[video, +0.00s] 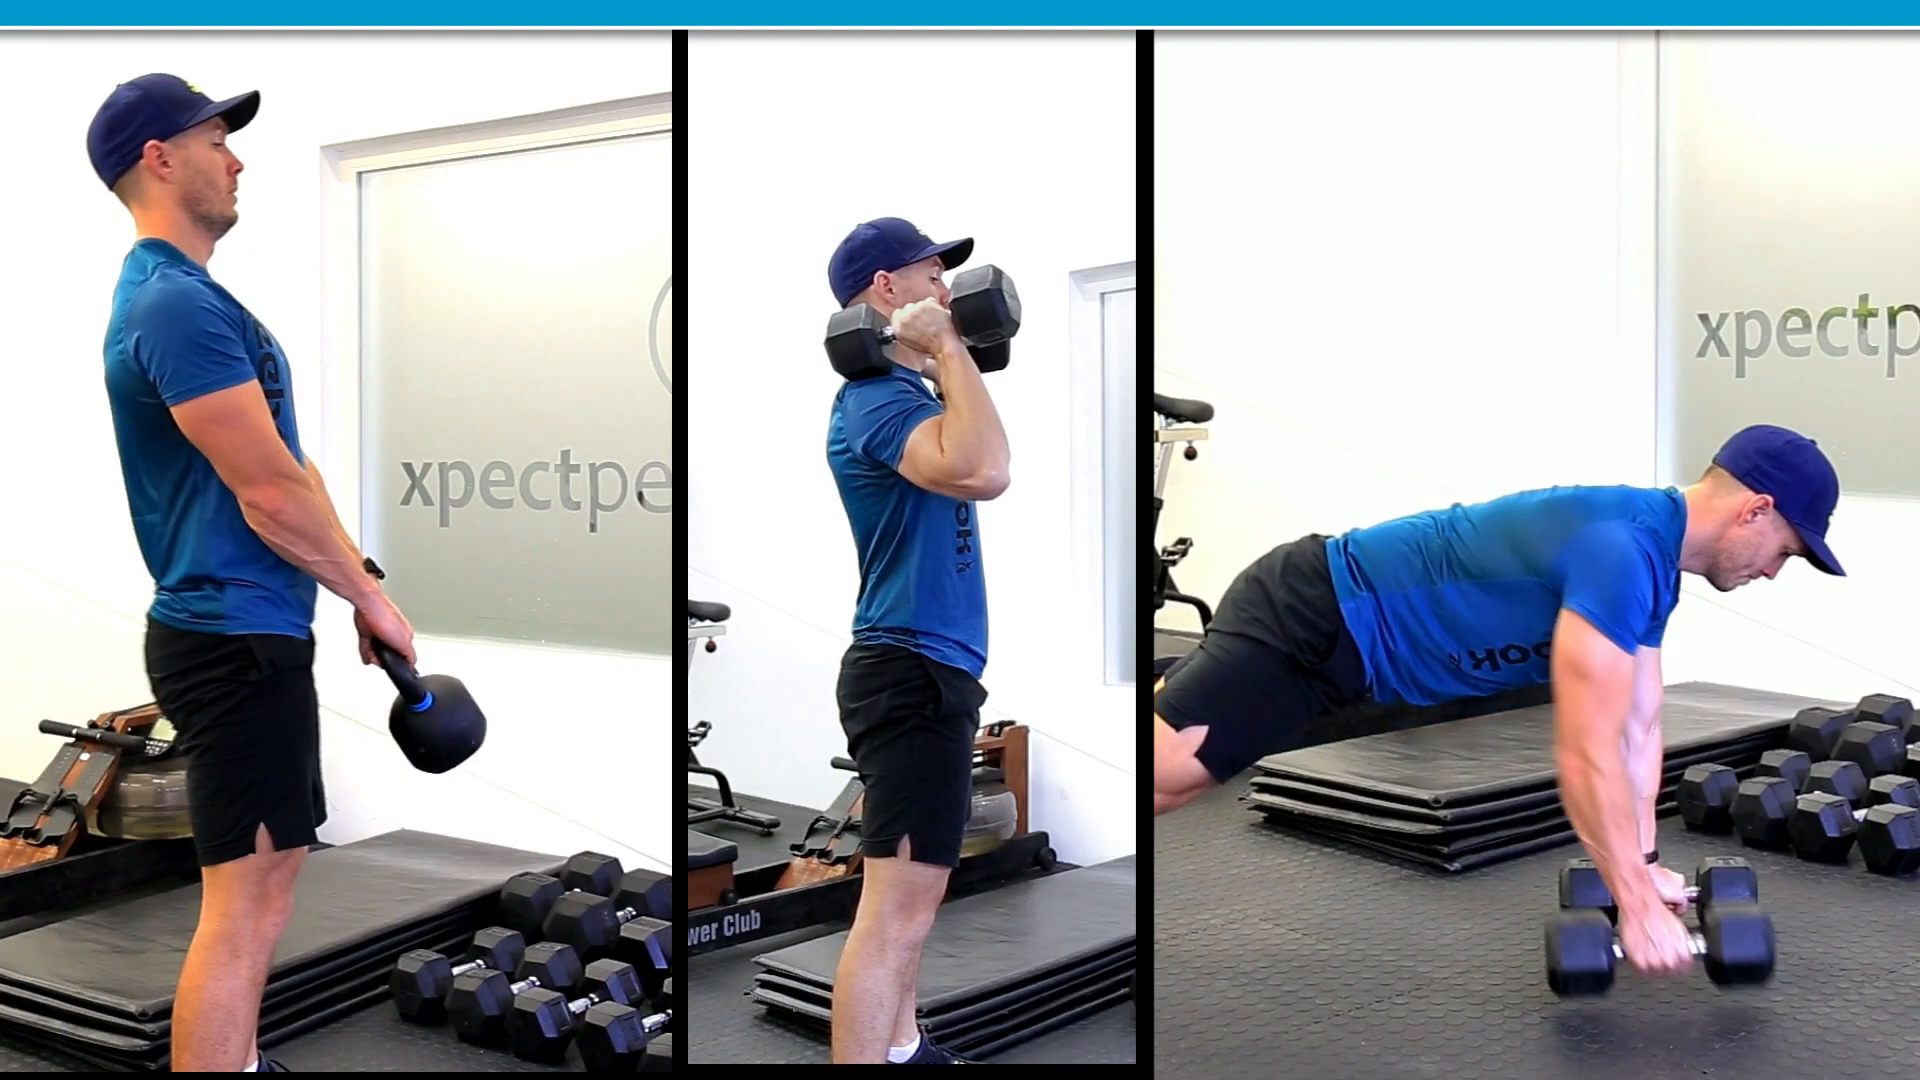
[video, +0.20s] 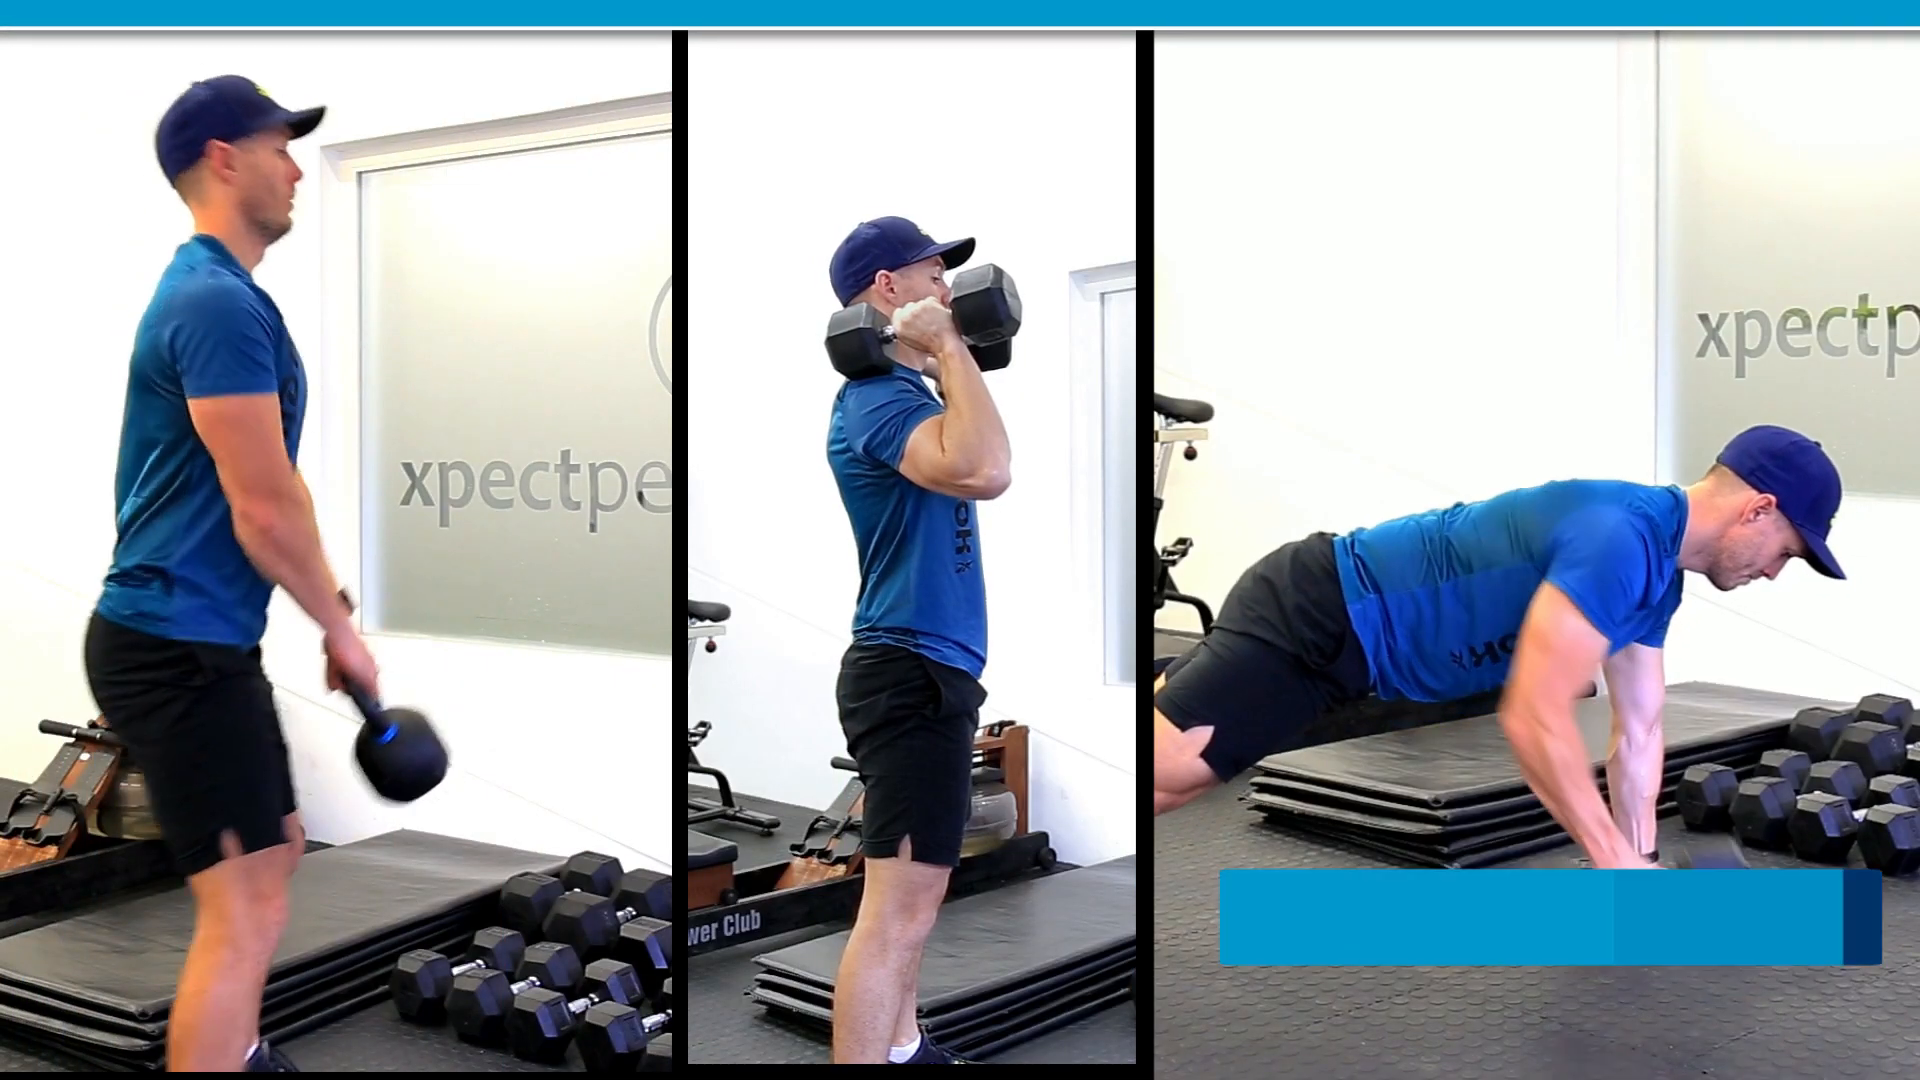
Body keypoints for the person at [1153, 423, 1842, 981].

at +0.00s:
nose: (1776, 573)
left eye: (1790, 561)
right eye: (1788, 552)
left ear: (1746, 510)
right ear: (1752, 510)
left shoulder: (1651, 560)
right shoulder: (1622, 546)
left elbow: (1638, 727)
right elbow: (1585, 750)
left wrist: (1641, 861)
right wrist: (1632, 900)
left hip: (1342, 641)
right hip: (1315, 615)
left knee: (1154, 764)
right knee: (1147, 777)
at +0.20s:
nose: (1778, 573)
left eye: (1792, 560)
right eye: (1790, 551)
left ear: (1747, 503)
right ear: (1755, 507)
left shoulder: (1657, 571)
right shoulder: (1619, 537)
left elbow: (1638, 727)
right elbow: (1530, 717)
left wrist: (1640, 865)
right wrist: (1614, 859)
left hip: (1347, 652)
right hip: (1321, 610)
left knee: (1164, 780)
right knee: (1156, 759)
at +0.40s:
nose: (1785, 573)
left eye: (1799, 561)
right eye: (1796, 551)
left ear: (1752, 507)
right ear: (1761, 507)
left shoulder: (1659, 580)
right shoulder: (1621, 529)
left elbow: (1640, 730)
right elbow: (1464, 629)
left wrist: (1638, 839)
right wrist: (1559, 755)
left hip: (1357, 655)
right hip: (1328, 614)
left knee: (1161, 764)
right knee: (1156, 777)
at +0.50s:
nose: (1786, 574)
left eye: (1800, 561)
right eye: (1798, 552)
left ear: (1755, 508)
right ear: (1762, 507)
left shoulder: (1659, 584)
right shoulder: (1620, 527)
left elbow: (1640, 724)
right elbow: (1453, 600)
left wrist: (1639, 870)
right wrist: (1542, 723)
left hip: (1362, 667)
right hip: (1329, 618)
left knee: (1158, 758)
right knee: (1153, 780)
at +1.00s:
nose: (1781, 577)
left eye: (1796, 565)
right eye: (1794, 556)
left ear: (1751, 508)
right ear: (1760, 510)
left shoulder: (1654, 578)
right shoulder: (1618, 527)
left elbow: (1637, 727)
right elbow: (1452, 606)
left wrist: (1643, 877)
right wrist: (1550, 730)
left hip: (1354, 662)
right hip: (1320, 618)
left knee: (1155, 768)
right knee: (1150, 774)